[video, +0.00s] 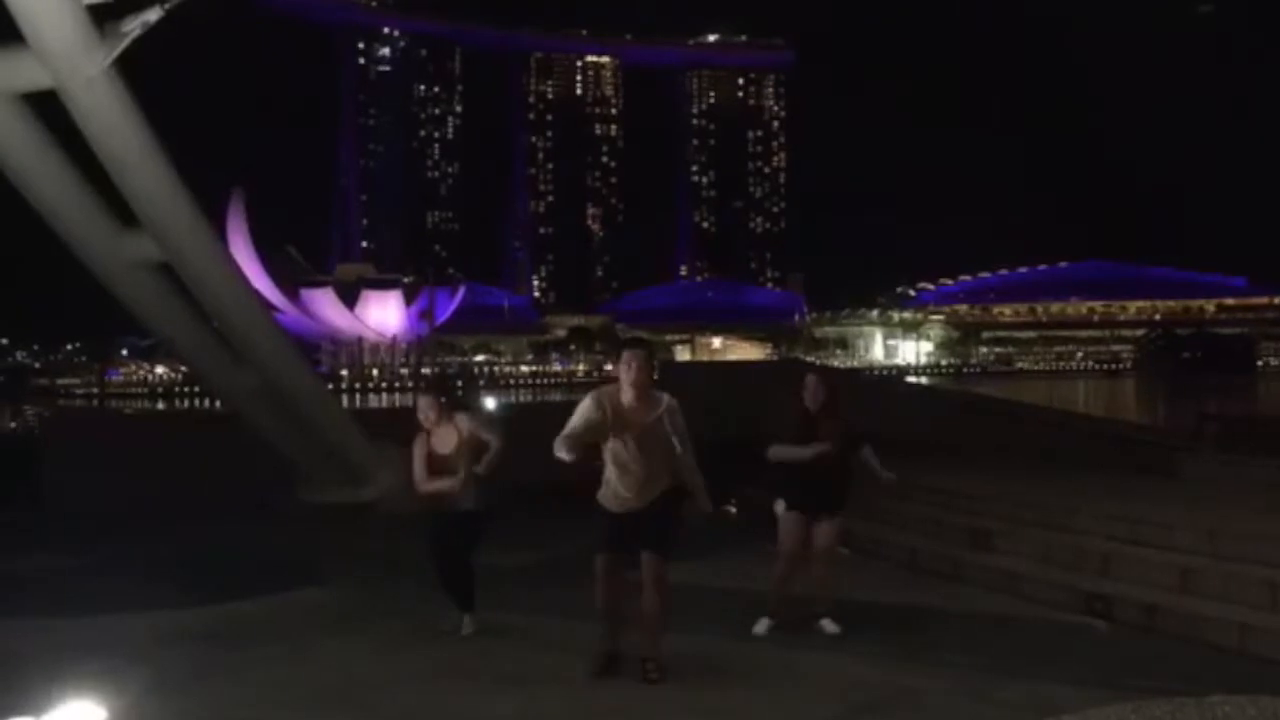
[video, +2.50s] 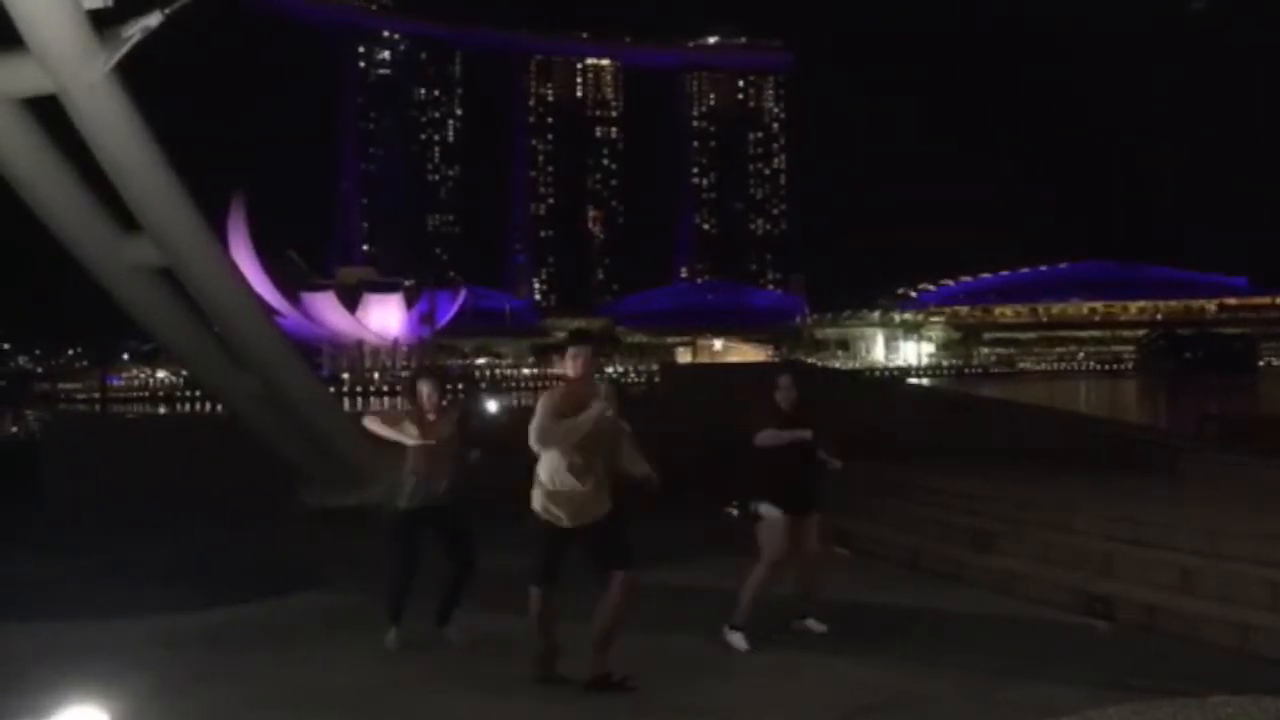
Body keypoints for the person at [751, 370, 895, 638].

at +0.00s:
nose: (810, 394)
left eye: (816, 388)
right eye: (807, 388)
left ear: (827, 392)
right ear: (801, 391)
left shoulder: (838, 423)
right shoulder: (792, 419)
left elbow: (863, 449)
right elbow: (773, 451)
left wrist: (880, 473)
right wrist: (809, 452)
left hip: (829, 498)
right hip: (793, 497)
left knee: (824, 559)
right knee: (787, 555)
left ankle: (823, 614)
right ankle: (772, 614)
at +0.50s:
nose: (817, 400)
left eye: (821, 395)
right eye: (813, 395)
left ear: (830, 398)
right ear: (805, 397)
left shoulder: (835, 428)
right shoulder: (793, 425)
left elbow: (842, 468)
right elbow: (769, 463)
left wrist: (861, 464)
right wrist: (753, 497)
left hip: (826, 500)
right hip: (792, 499)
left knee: (826, 558)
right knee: (789, 557)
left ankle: (824, 613)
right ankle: (774, 620)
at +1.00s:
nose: (797, 405)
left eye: (802, 399)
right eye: (794, 398)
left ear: (810, 401)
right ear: (786, 399)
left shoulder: (817, 429)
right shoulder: (777, 426)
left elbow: (805, 470)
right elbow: (759, 456)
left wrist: (761, 474)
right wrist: (738, 480)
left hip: (817, 501)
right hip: (782, 501)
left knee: (822, 557)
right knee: (779, 555)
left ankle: (822, 612)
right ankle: (767, 610)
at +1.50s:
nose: (756, 404)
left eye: (761, 398)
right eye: (752, 398)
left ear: (772, 400)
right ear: (746, 400)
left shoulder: (786, 425)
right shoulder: (738, 427)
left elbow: (819, 448)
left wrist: (846, 471)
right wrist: (696, 484)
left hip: (781, 495)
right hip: (748, 494)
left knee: (770, 550)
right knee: (749, 553)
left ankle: (785, 616)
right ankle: (761, 614)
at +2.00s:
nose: (768, 393)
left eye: (772, 387)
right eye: (764, 388)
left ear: (781, 389)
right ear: (756, 390)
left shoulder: (794, 416)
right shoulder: (747, 420)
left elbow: (814, 446)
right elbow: (737, 465)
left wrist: (825, 468)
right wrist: (768, 479)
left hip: (796, 495)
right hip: (761, 498)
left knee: (801, 555)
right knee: (763, 556)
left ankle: (802, 613)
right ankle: (756, 612)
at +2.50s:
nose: (785, 394)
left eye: (789, 389)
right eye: (781, 389)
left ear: (798, 390)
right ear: (774, 391)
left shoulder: (804, 416)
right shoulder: (767, 414)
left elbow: (808, 449)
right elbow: (760, 438)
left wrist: (826, 459)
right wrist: (800, 435)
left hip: (803, 494)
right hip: (771, 495)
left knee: (810, 555)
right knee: (772, 557)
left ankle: (804, 614)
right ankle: (736, 625)